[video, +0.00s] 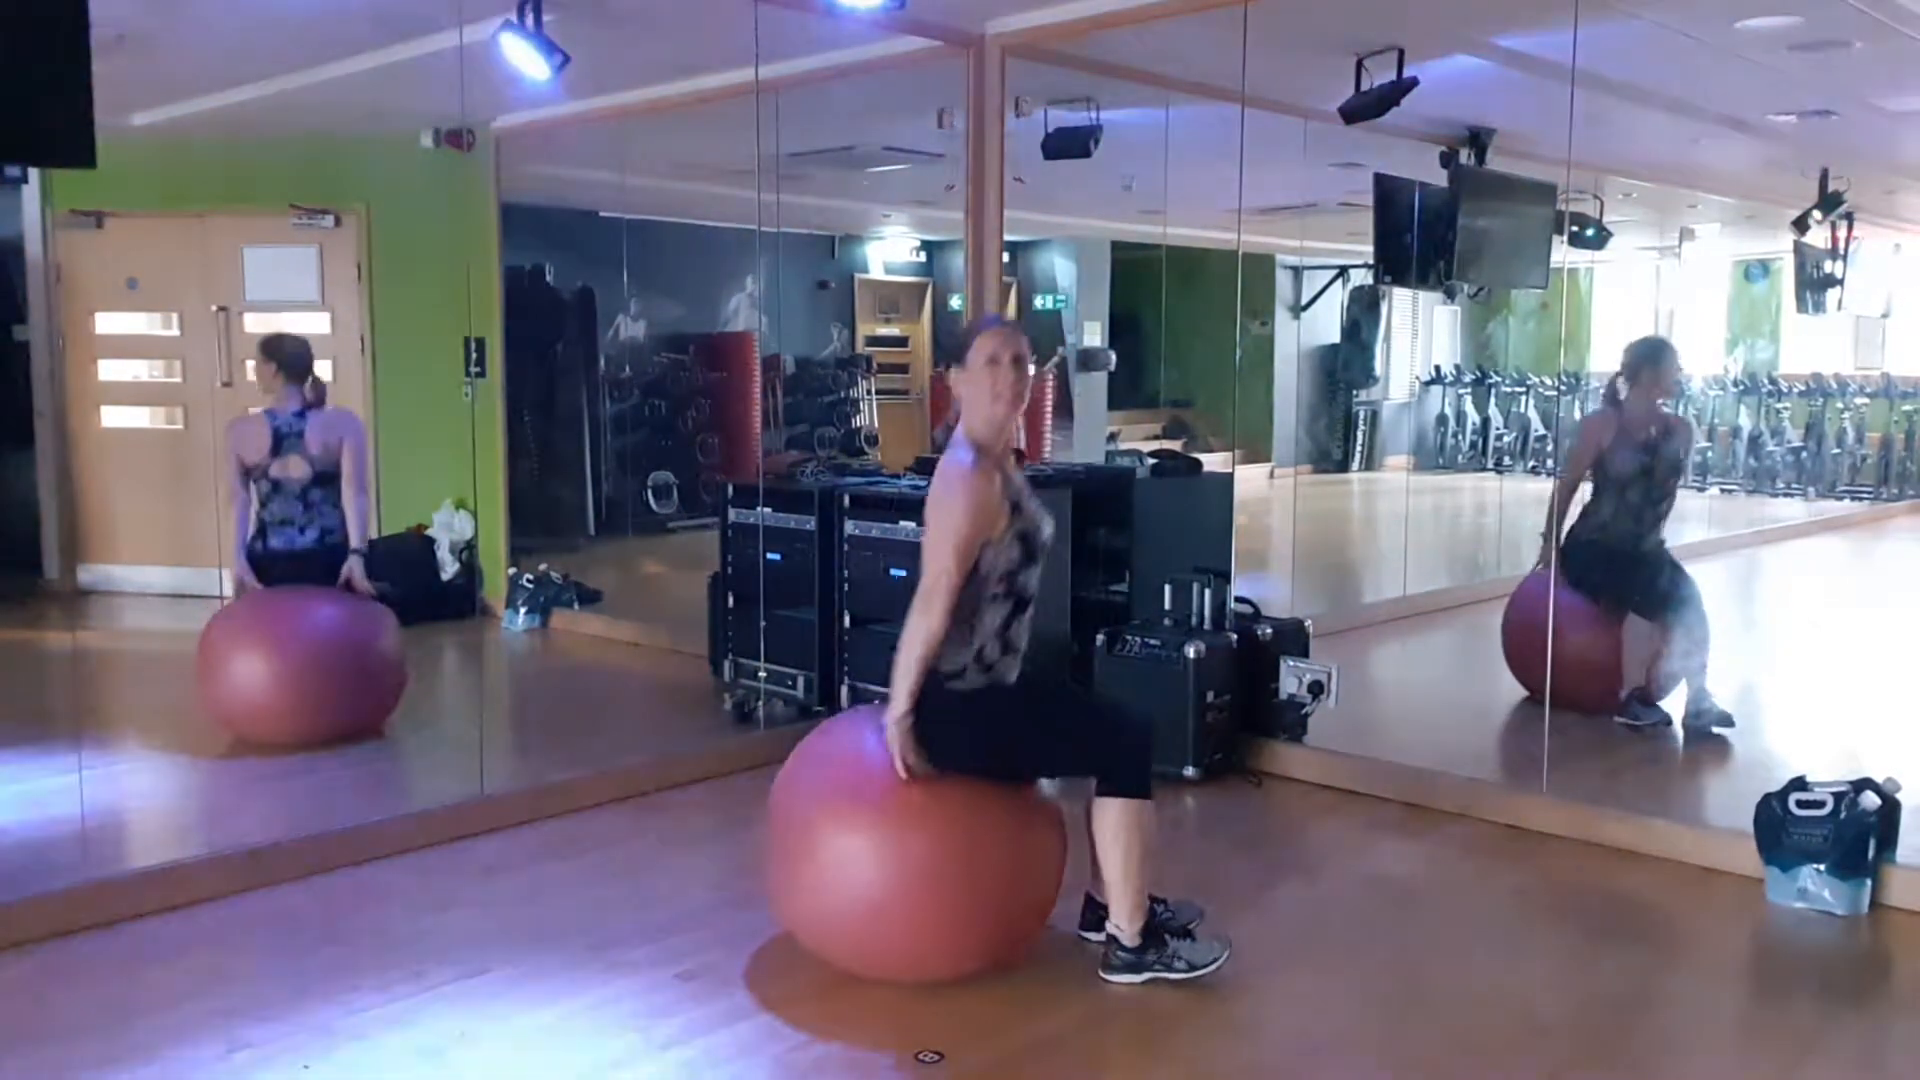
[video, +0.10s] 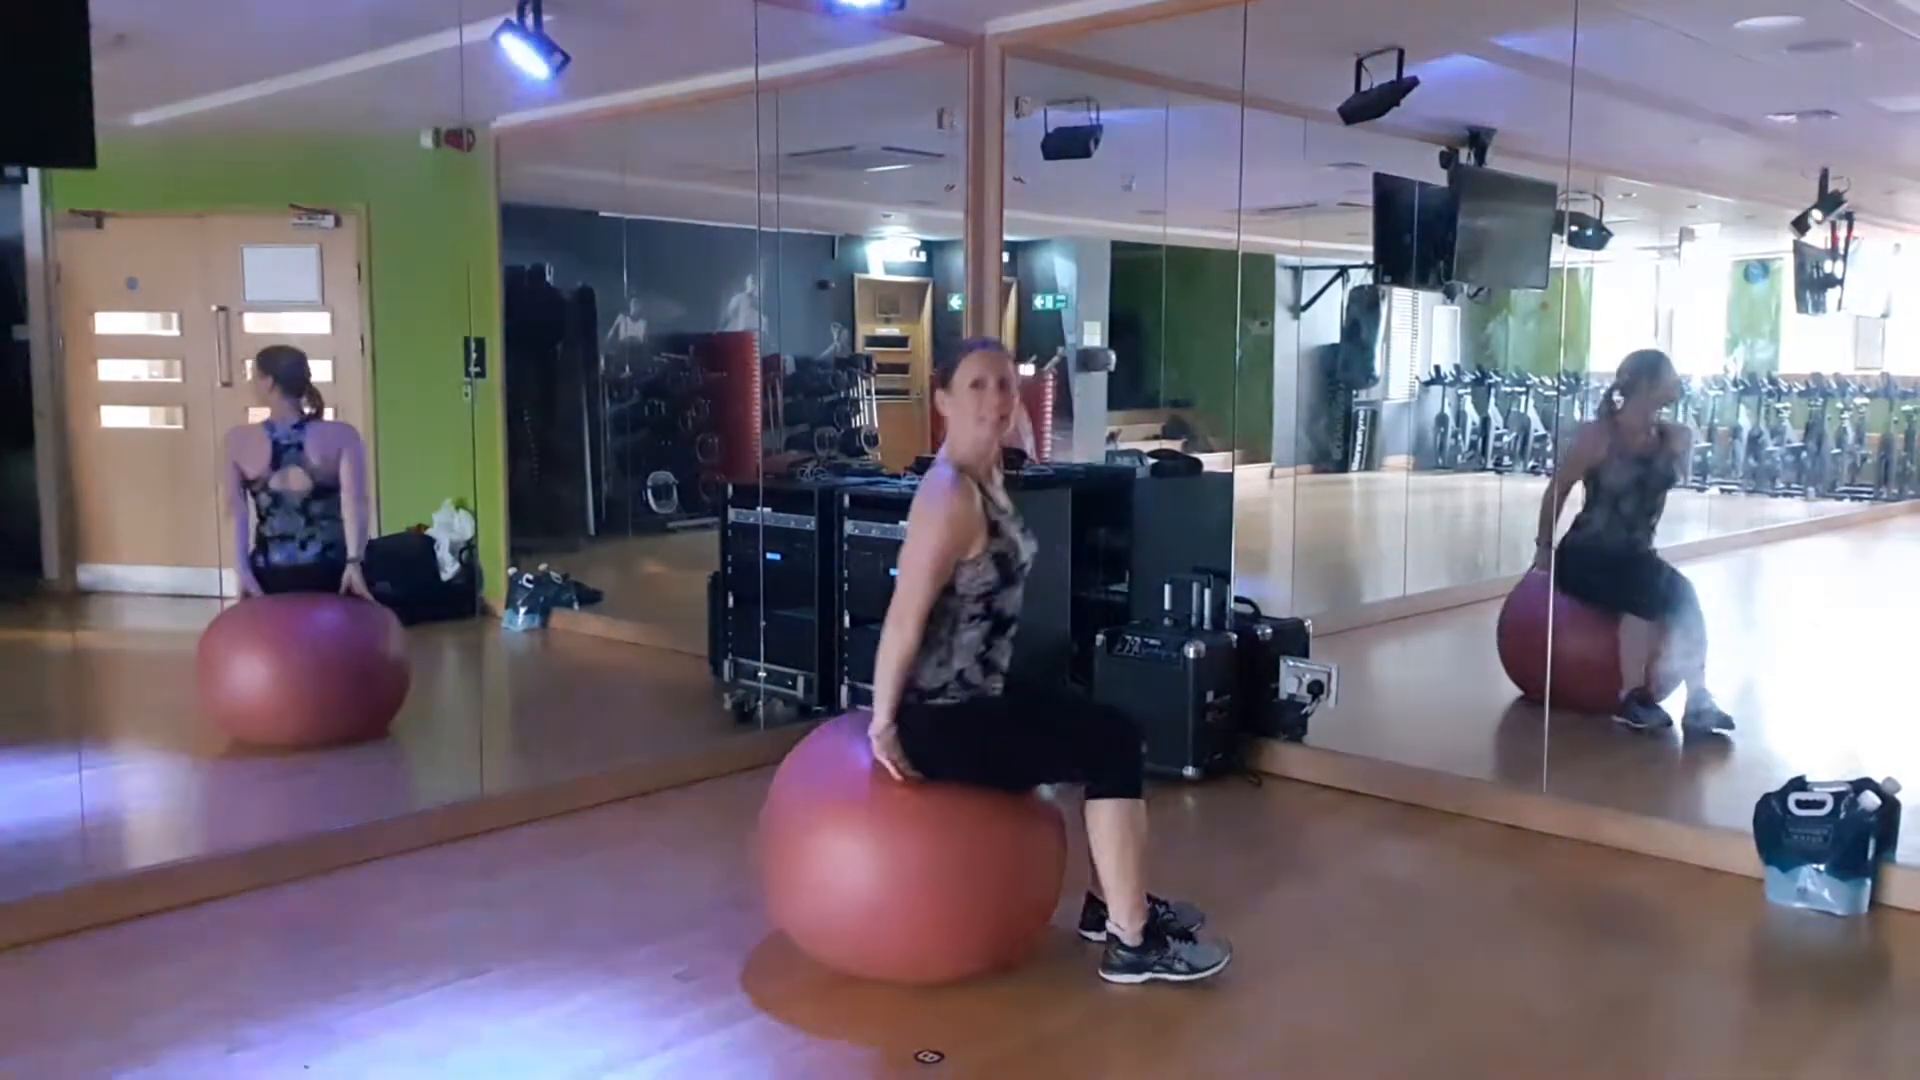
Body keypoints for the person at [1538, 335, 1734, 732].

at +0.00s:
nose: (1680, 376)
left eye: (1678, 368)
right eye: (1672, 369)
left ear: (1660, 375)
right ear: (1644, 373)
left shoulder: (1679, 430)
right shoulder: (1601, 425)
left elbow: (1666, 493)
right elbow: (1567, 485)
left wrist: (1650, 539)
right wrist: (1550, 543)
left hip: (1645, 549)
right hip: (1593, 546)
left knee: (1689, 603)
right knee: (1650, 592)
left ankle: (1698, 701)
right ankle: (1634, 697)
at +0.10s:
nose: (1673, 393)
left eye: (1673, 386)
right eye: (1665, 386)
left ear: (1661, 390)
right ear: (1636, 386)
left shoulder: (1674, 438)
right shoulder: (1595, 437)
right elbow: (1555, 491)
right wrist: (1543, 547)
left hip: (1637, 558)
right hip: (1584, 556)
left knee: (1683, 594)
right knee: (1646, 591)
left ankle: (1698, 702)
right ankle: (1635, 697)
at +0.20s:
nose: (1669, 395)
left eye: (1670, 388)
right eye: (1663, 387)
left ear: (1653, 392)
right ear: (1636, 387)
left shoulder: (1667, 440)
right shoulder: (1589, 439)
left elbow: (1646, 496)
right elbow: (1551, 493)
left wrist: (1636, 547)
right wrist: (1538, 548)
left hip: (1633, 556)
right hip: (1582, 554)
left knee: (1676, 592)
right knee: (1638, 591)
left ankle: (1699, 701)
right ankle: (1634, 699)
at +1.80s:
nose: (1648, 394)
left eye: (1653, 386)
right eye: (1640, 385)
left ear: (1658, 389)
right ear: (1616, 383)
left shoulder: (1669, 434)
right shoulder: (1585, 433)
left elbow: (1666, 494)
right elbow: (1546, 487)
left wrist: (1660, 538)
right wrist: (1560, 547)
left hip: (1657, 547)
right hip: (1605, 550)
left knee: (1692, 588)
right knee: (1665, 590)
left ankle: (1693, 686)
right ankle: (1689, 690)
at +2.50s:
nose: (1644, 421)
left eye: (1647, 413)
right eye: (1635, 413)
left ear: (1649, 417)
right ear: (1609, 413)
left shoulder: (1665, 461)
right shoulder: (1581, 466)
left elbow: (1677, 522)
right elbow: (1557, 527)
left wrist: (1686, 559)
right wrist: (1588, 570)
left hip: (1679, 563)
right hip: (1630, 574)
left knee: (1723, 576)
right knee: (1712, 607)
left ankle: (1744, 689)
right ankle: (1715, 717)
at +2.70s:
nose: (1639, 426)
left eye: (1642, 419)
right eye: (1629, 418)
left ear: (1646, 424)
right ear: (1604, 422)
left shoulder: (1664, 465)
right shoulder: (1579, 471)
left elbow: (1682, 526)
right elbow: (1560, 535)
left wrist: (1695, 564)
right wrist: (1593, 574)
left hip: (1686, 563)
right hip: (1635, 575)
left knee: (1728, 588)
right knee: (1709, 603)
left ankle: (1791, 703)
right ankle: (1715, 714)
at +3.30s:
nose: (1629, 470)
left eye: (1631, 465)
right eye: (1618, 466)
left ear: (1636, 474)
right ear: (1596, 477)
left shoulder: (1659, 511)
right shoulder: (1579, 516)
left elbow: (1685, 553)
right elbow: (1568, 572)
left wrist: (1712, 571)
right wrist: (1608, 588)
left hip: (1696, 578)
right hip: (1653, 587)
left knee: (1768, 626)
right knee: (1721, 613)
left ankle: (1818, 744)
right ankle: (1720, 715)